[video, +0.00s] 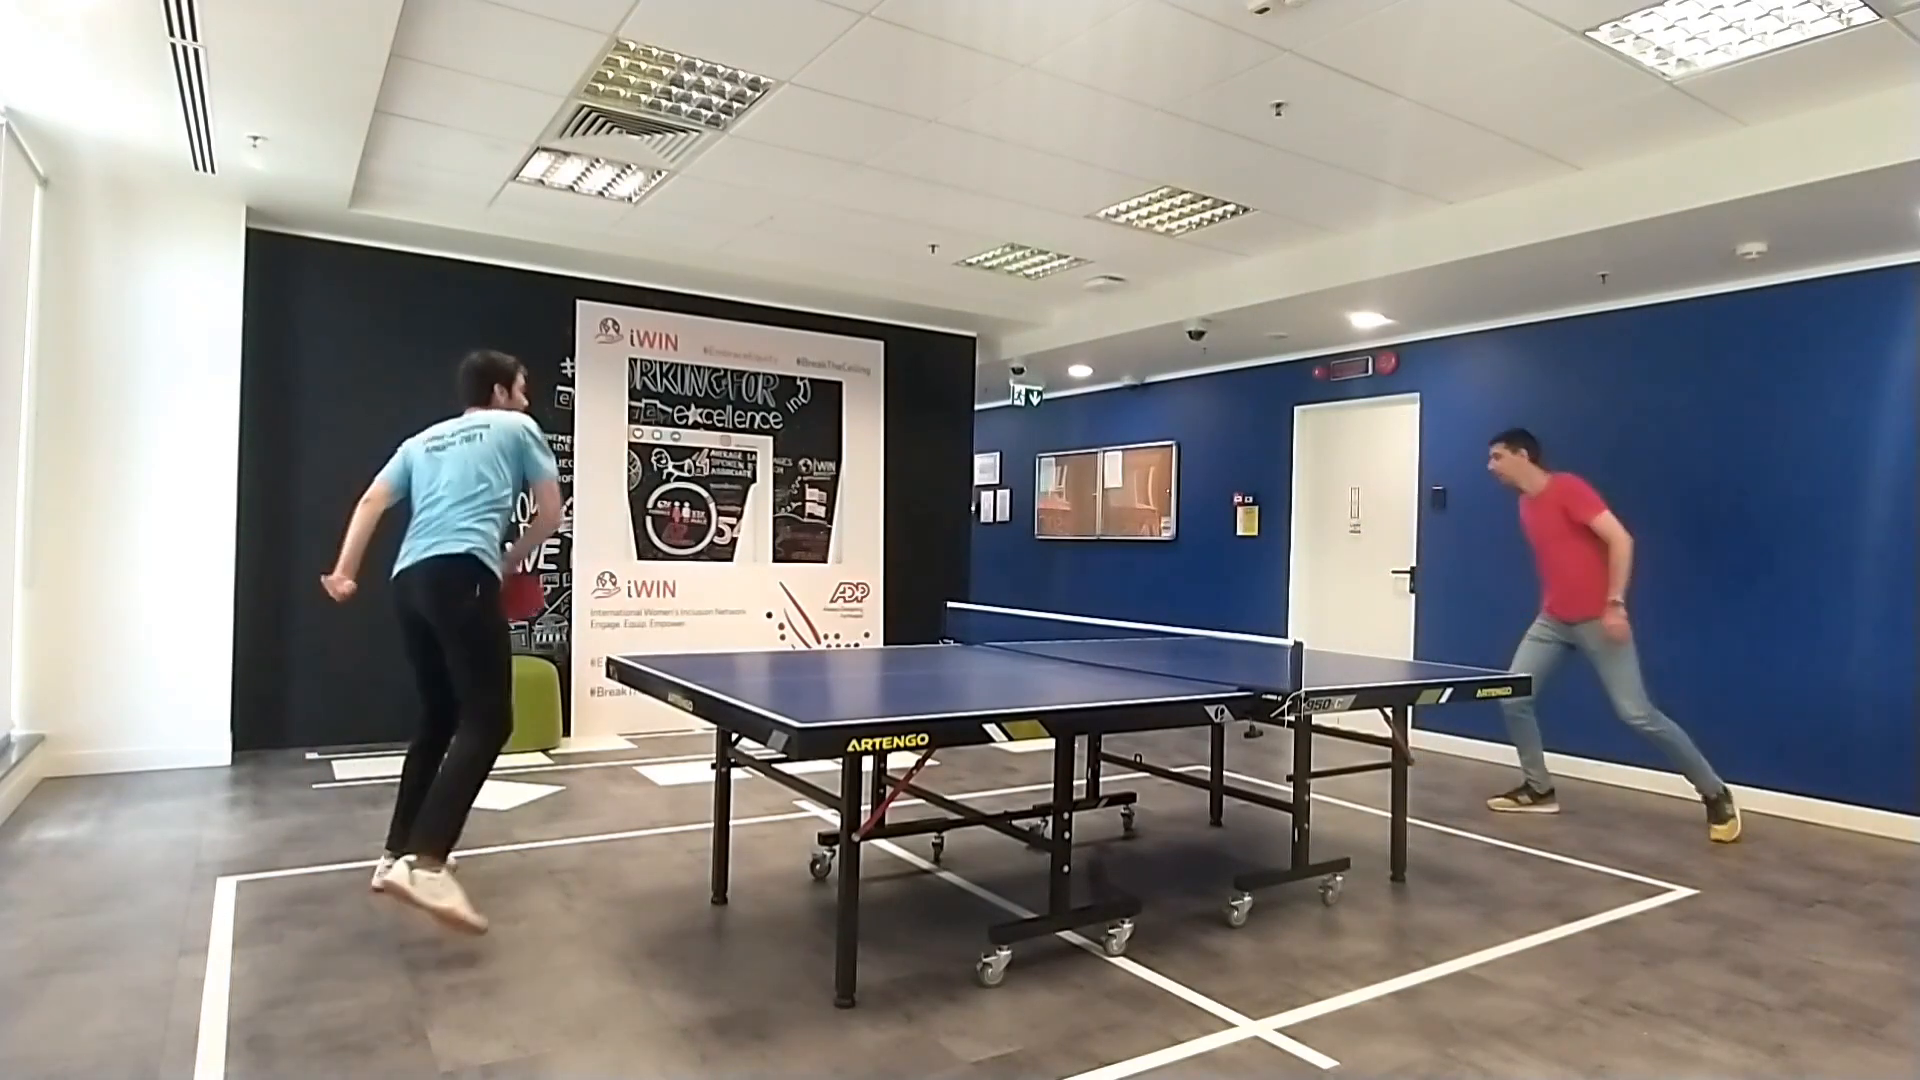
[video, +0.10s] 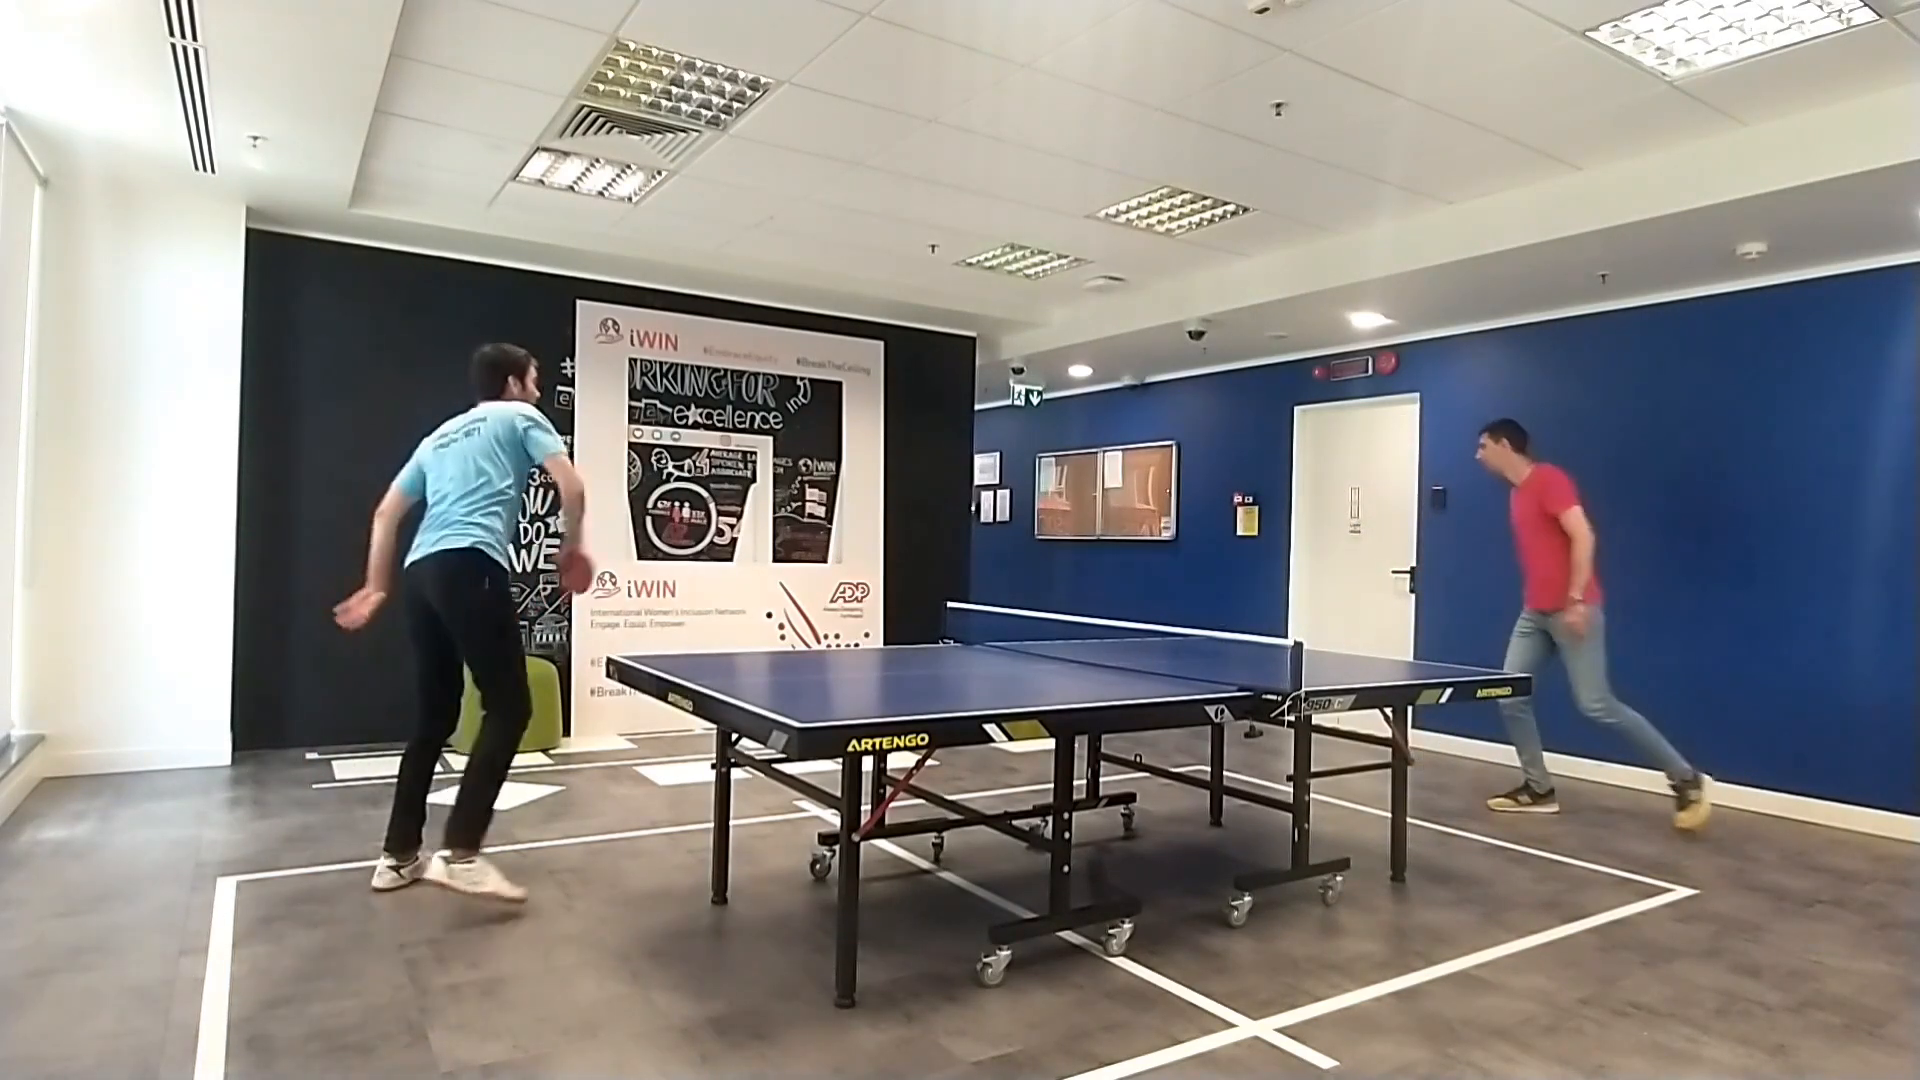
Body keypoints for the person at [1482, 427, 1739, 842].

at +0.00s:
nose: (1492, 466)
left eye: (1497, 457)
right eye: (1490, 460)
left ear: (1522, 455)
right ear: (1513, 460)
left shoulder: (1567, 489)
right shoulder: (1526, 507)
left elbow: (1620, 538)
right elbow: (1555, 557)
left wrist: (1615, 603)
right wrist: (1551, 608)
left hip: (1598, 619)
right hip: (1553, 620)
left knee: (1636, 713)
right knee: (1514, 695)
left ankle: (1716, 795)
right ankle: (1538, 788)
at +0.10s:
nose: (1479, 455)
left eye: (1483, 447)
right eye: (1479, 448)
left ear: (1504, 445)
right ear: (1504, 447)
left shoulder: (1549, 480)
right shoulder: (1520, 493)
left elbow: (1582, 535)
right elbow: (1542, 549)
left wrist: (1576, 600)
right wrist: (1538, 599)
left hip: (1572, 612)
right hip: (1536, 613)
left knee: (1596, 704)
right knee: (1511, 695)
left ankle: (1687, 780)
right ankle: (1537, 787)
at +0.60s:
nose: (1428, 451)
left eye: (1429, 444)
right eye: (1429, 444)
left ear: (1440, 442)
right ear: (1464, 444)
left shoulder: (1447, 477)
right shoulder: (1493, 483)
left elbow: (1427, 535)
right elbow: (1509, 549)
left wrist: (1383, 577)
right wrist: (1491, 583)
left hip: (1461, 600)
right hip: (1497, 598)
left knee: (1423, 684)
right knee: (1507, 689)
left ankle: (1408, 769)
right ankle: (1539, 784)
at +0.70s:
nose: (1408, 452)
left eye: (1411, 445)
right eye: (1410, 445)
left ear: (1422, 447)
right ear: (1442, 450)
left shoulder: (1425, 483)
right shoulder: (1472, 488)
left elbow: (1408, 540)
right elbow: (1488, 549)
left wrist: (1368, 581)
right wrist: (1489, 601)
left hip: (1436, 603)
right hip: (1472, 602)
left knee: (1403, 687)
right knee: (1480, 689)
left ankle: (1398, 768)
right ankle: (1533, 778)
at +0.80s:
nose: (1387, 452)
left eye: (1390, 445)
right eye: (1389, 445)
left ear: (1402, 447)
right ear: (1421, 448)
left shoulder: (1402, 483)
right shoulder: (1452, 486)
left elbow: (1387, 544)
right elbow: (1470, 548)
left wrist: (1359, 583)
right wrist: (1481, 597)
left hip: (1410, 602)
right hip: (1446, 603)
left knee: (1388, 688)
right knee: (1434, 688)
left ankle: (1394, 768)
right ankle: (1498, 756)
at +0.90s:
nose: (1368, 449)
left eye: (1371, 443)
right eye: (1369, 443)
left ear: (1382, 444)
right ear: (1400, 444)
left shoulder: (1378, 478)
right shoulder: (1432, 481)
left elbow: (1368, 540)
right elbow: (1454, 539)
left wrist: (1350, 576)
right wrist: (1470, 589)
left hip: (1393, 595)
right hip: (1426, 594)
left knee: (1381, 678)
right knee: (1400, 673)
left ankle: (1395, 766)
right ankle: (1443, 740)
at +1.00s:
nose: (1350, 452)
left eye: (1352, 446)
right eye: (1351, 446)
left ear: (1362, 445)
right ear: (1381, 446)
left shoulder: (1358, 477)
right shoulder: (1413, 483)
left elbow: (1345, 535)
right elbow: (1439, 537)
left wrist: (1333, 572)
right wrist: (1452, 585)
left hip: (1375, 590)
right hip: (1406, 590)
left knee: (1376, 678)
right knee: (1354, 662)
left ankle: (1392, 764)